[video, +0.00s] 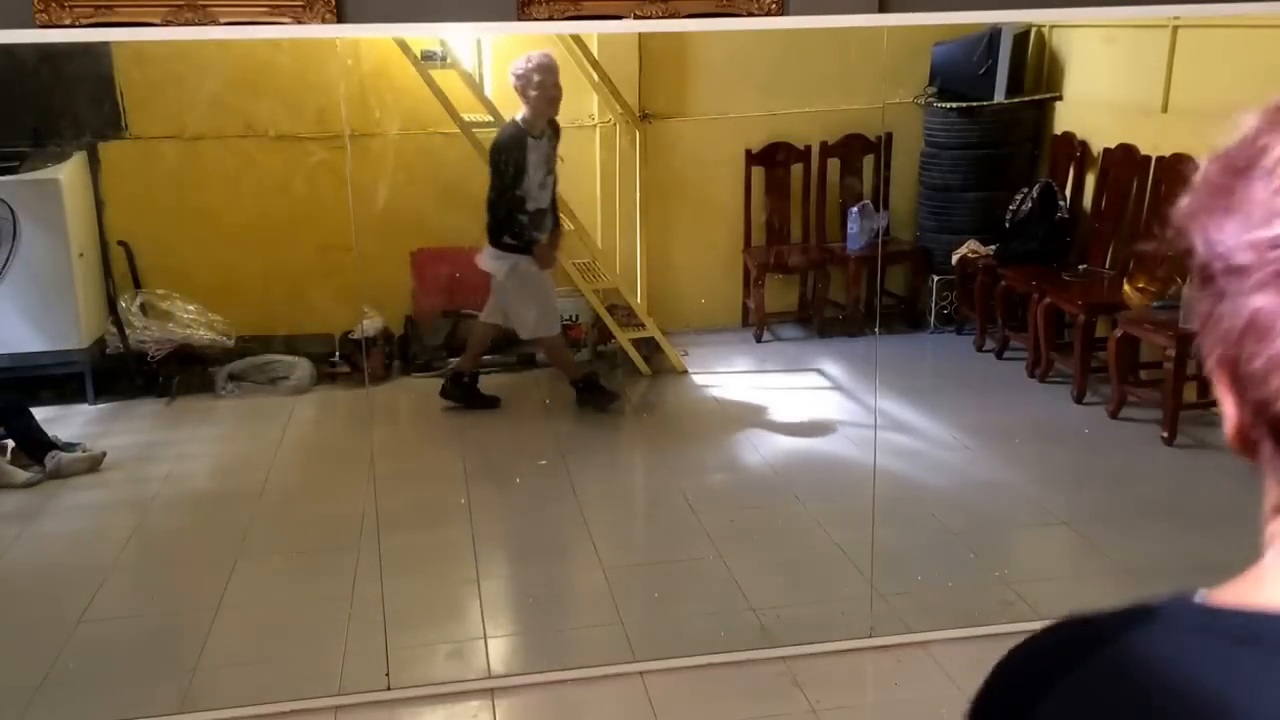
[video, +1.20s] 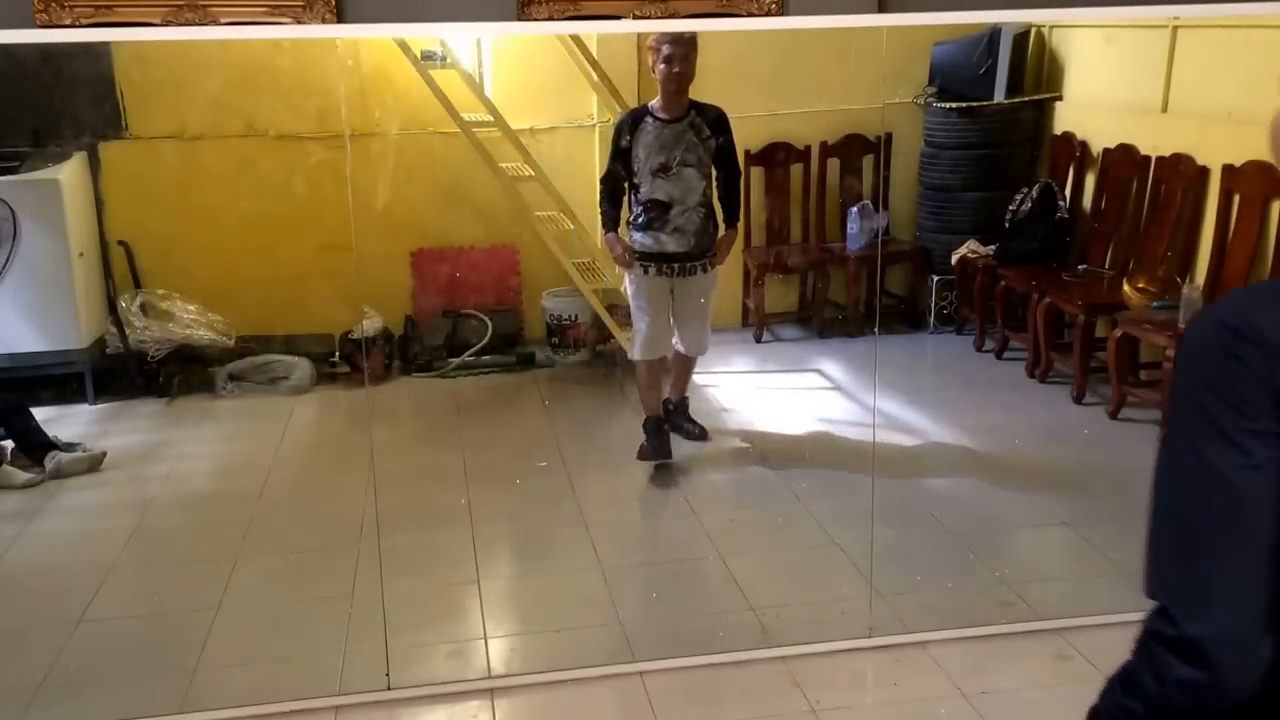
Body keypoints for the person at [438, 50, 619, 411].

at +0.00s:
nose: (556, 92)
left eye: (557, 83)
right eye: (545, 86)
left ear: (559, 86)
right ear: (523, 92)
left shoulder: (551, 132)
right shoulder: (509, 142)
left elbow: (547, 187)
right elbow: (499, 214)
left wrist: (554, 229)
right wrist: (533, 245)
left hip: (531, 247)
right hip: (510, 251)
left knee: (494, 316)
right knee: (545, 320)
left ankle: (461, 379)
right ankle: (582, 384)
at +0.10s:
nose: (569, 82)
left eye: (569, 74)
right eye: (559, 76)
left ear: (568, 77)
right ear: (536, 83)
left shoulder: (568, 122)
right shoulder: (524, 136)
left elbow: (572, 180)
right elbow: (528, 203)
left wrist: (582, 223)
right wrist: (558, 245)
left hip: (561, 240)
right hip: (534, 243)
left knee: (534, 312)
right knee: (562, 318)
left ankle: (486, 362)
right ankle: (586, 386)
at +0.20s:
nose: (576, 76)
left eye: (577, 68)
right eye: (567, 70)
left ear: (577, 73)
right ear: (544, 77)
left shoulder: (581, 117)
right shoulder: (537, 132)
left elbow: (594, 172)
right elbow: (551, 196)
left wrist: (609, 220)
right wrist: (581, 243)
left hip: (587, 235)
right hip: (556, 240)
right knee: (573, 322)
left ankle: (536, 356)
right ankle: (587, 387)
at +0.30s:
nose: (581, 70)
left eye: (583, 62)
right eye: (570, 64)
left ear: (589, 67)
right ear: (550, 72)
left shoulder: (595, 115)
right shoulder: (547, 127)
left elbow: (611, 172)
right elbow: (561, 193)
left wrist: (631, 220)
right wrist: (598, 236)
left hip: (603, 232)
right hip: (570, 238)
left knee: (601, 306)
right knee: (579, 314)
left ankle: (590, 368)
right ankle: (586, 387)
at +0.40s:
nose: (592, 69)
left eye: (594, 61)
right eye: (581, 63)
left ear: (599, 67)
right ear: (560, 71)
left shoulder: (611, 113)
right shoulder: (557, 126)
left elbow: (627, 167)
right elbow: (570, 195)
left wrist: (645, 217)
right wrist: (609, 236)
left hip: (619, 232)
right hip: (580, 238)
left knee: (640, 308)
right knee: (586, 318)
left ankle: (640, 384)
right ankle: (588, 387)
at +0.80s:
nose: (650, 66)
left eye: (658, 60)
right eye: (642, 59)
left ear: (667, 68)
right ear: (626, 65)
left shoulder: (681, 120)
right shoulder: (606, 125)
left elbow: (692, 179)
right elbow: (580, 187)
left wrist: (705, 225)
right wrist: (590, 234)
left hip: (675, 249)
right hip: (624, 254)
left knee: (679, 334)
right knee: (619, 336)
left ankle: (676, 409)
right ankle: (609, 372)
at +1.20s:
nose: (673, 67)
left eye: (682, 60)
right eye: (666, 59)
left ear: (695, 65)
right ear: (653, 64)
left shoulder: (713, 121)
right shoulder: (630, 124)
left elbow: (729, 177)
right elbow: (613, 181)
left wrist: (731, 228)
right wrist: (610, 232)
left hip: (699, 255)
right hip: (645, 256)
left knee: (692, 340)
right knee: (651, 343)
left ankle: (675, 406)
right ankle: (653, 427)